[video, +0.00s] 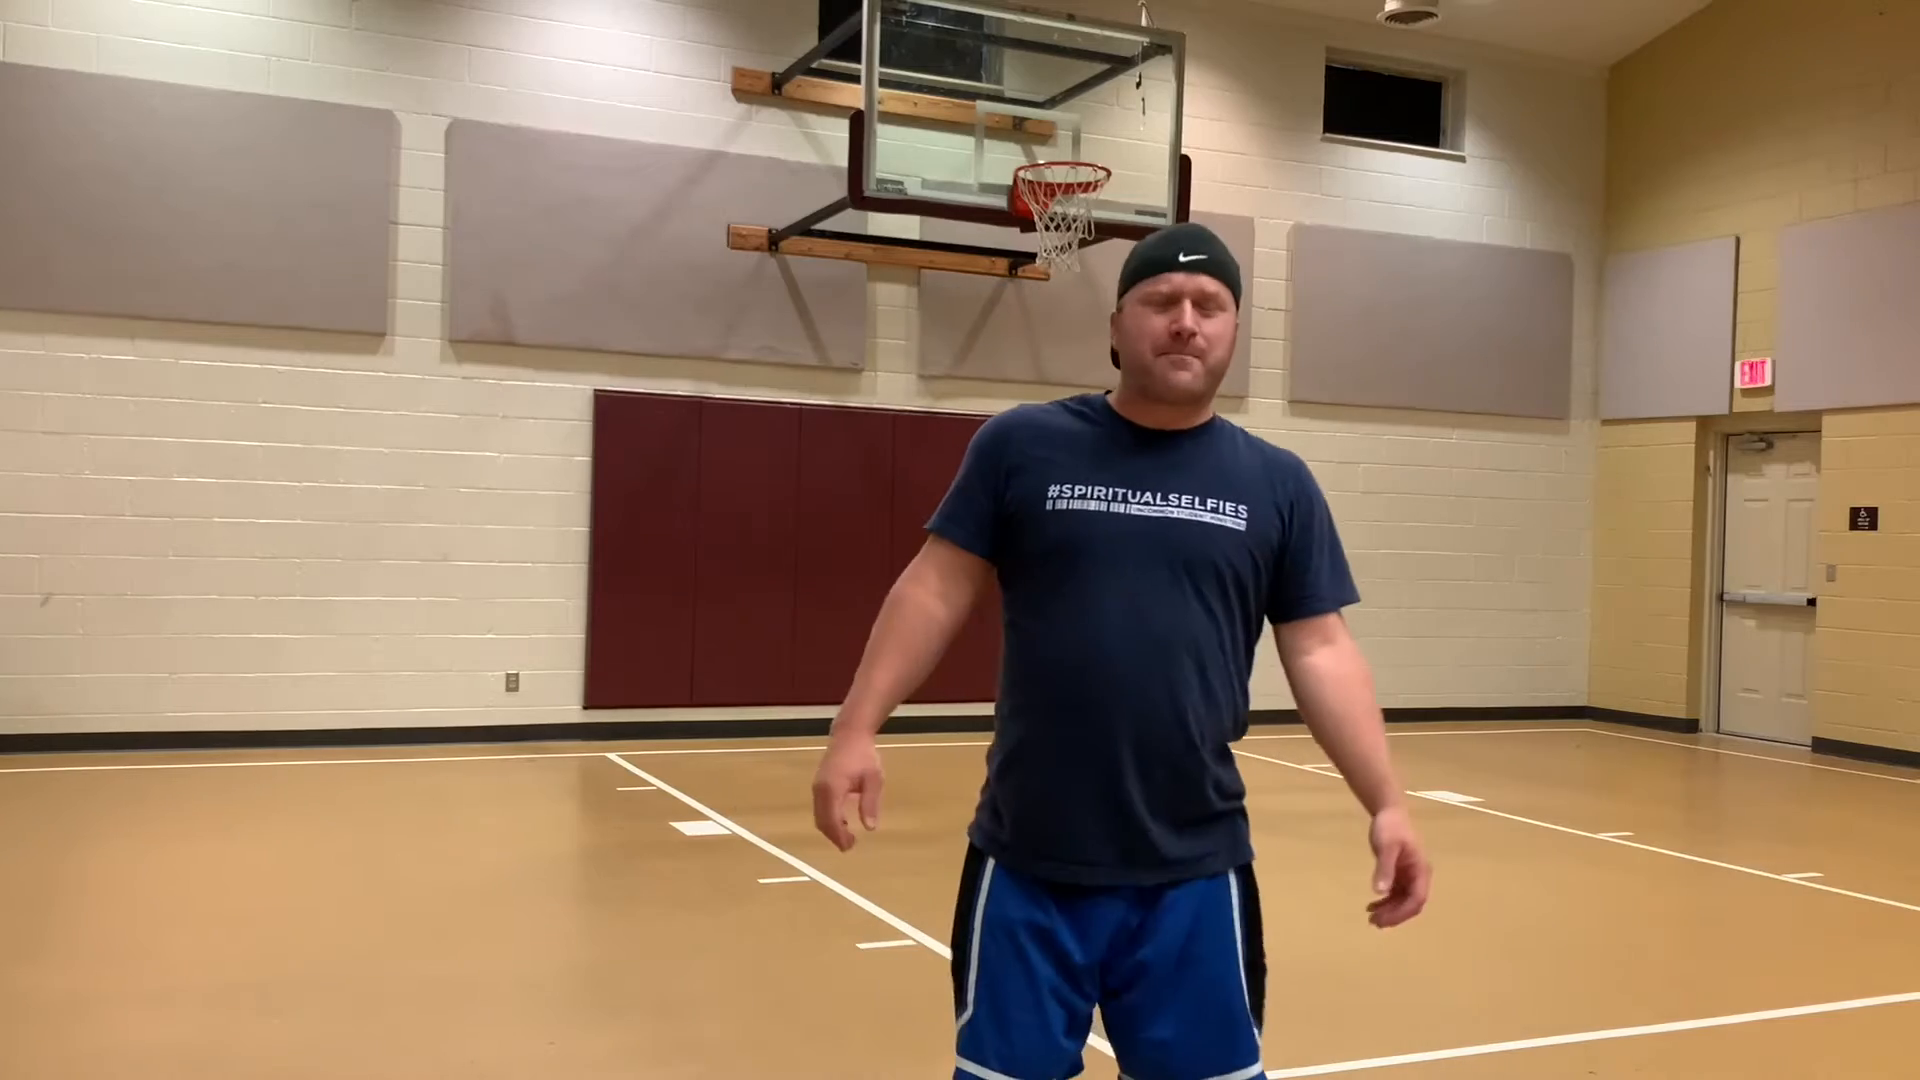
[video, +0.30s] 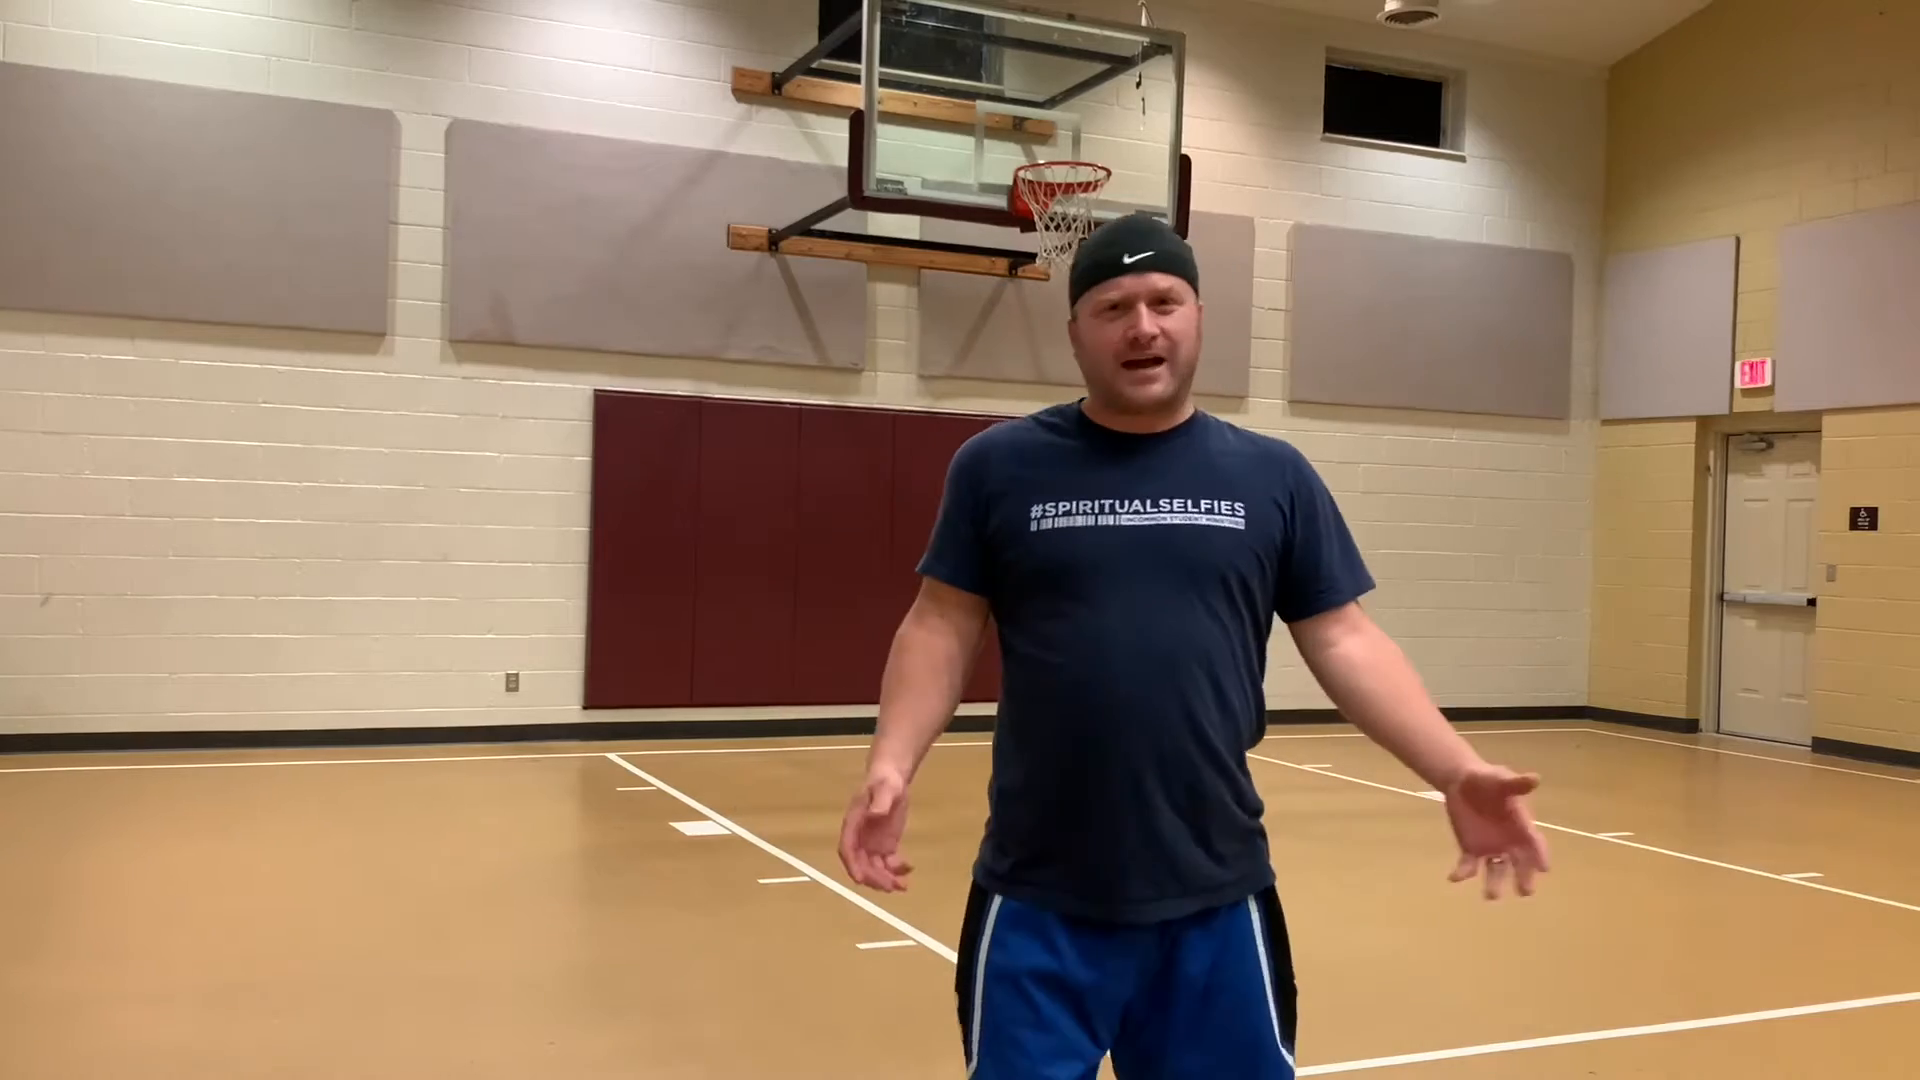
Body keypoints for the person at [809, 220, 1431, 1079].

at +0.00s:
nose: (1185, 322)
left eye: (1208, 305)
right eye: (1161, 302)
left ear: (1235, 334)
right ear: (1119, 324)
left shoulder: (1276, 484)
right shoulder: (1021, 445)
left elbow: (1321, 649)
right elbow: (936, 586)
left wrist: (1387, 801)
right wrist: (855, 728)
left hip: (1194, 863)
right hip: (1030, 854)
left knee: (1211, 1070)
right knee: (1002, 1071)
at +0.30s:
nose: (1143, 327)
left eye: (1165, 303)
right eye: (1115, 308)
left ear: (1200, 320)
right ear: (1074, 332)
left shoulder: (1271, 477)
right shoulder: (999, 467)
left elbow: (1345, 638)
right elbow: (941, 621)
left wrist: (1456, 768)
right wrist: (891, 764)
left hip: (1214, 898)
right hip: (1040, 897)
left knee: (1243, 1073)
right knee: (1017, 1075)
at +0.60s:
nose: (1078, 303)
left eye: (1102, 280)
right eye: (1049, 283)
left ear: (1143, 302)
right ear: (1011, 309)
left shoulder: (1223, 464)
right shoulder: (935, 477)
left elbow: (1317, 627)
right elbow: (863, 665)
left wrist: (1437, 766)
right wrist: (773, 847)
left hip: (1207, 937)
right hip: (1014, 948)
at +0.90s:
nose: (1130, 287)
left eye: (1162, 269)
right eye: (1104, 260)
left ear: (1200, 307)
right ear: (1053, 283)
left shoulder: (1252, 475)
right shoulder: (946, 461)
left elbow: (1316, 660)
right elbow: (856, 653)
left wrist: (1416, 819)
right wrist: (759, 840)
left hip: (1189, 971)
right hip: (991, 971)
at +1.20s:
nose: (1191, 263)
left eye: (1227, 245)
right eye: (1167, 233)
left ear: (1267, 287)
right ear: (1114, 254)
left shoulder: (1299, 478)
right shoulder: (972, 423)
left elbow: (1357, 679)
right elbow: (860, 620)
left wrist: (1495, 840)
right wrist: (735, 815)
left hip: (1186, 983)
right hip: (980, 971)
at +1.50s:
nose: (1125, 260)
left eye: (1159, 239)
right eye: (1093, 230)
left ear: (1197, 288)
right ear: (1031, 259)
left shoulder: (1221, 482)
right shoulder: (899, 453)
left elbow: (1257, 682)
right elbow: (794, 689)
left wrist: (1378, 843)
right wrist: (734, 952)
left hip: (1129, 1008)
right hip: (919, 1014)